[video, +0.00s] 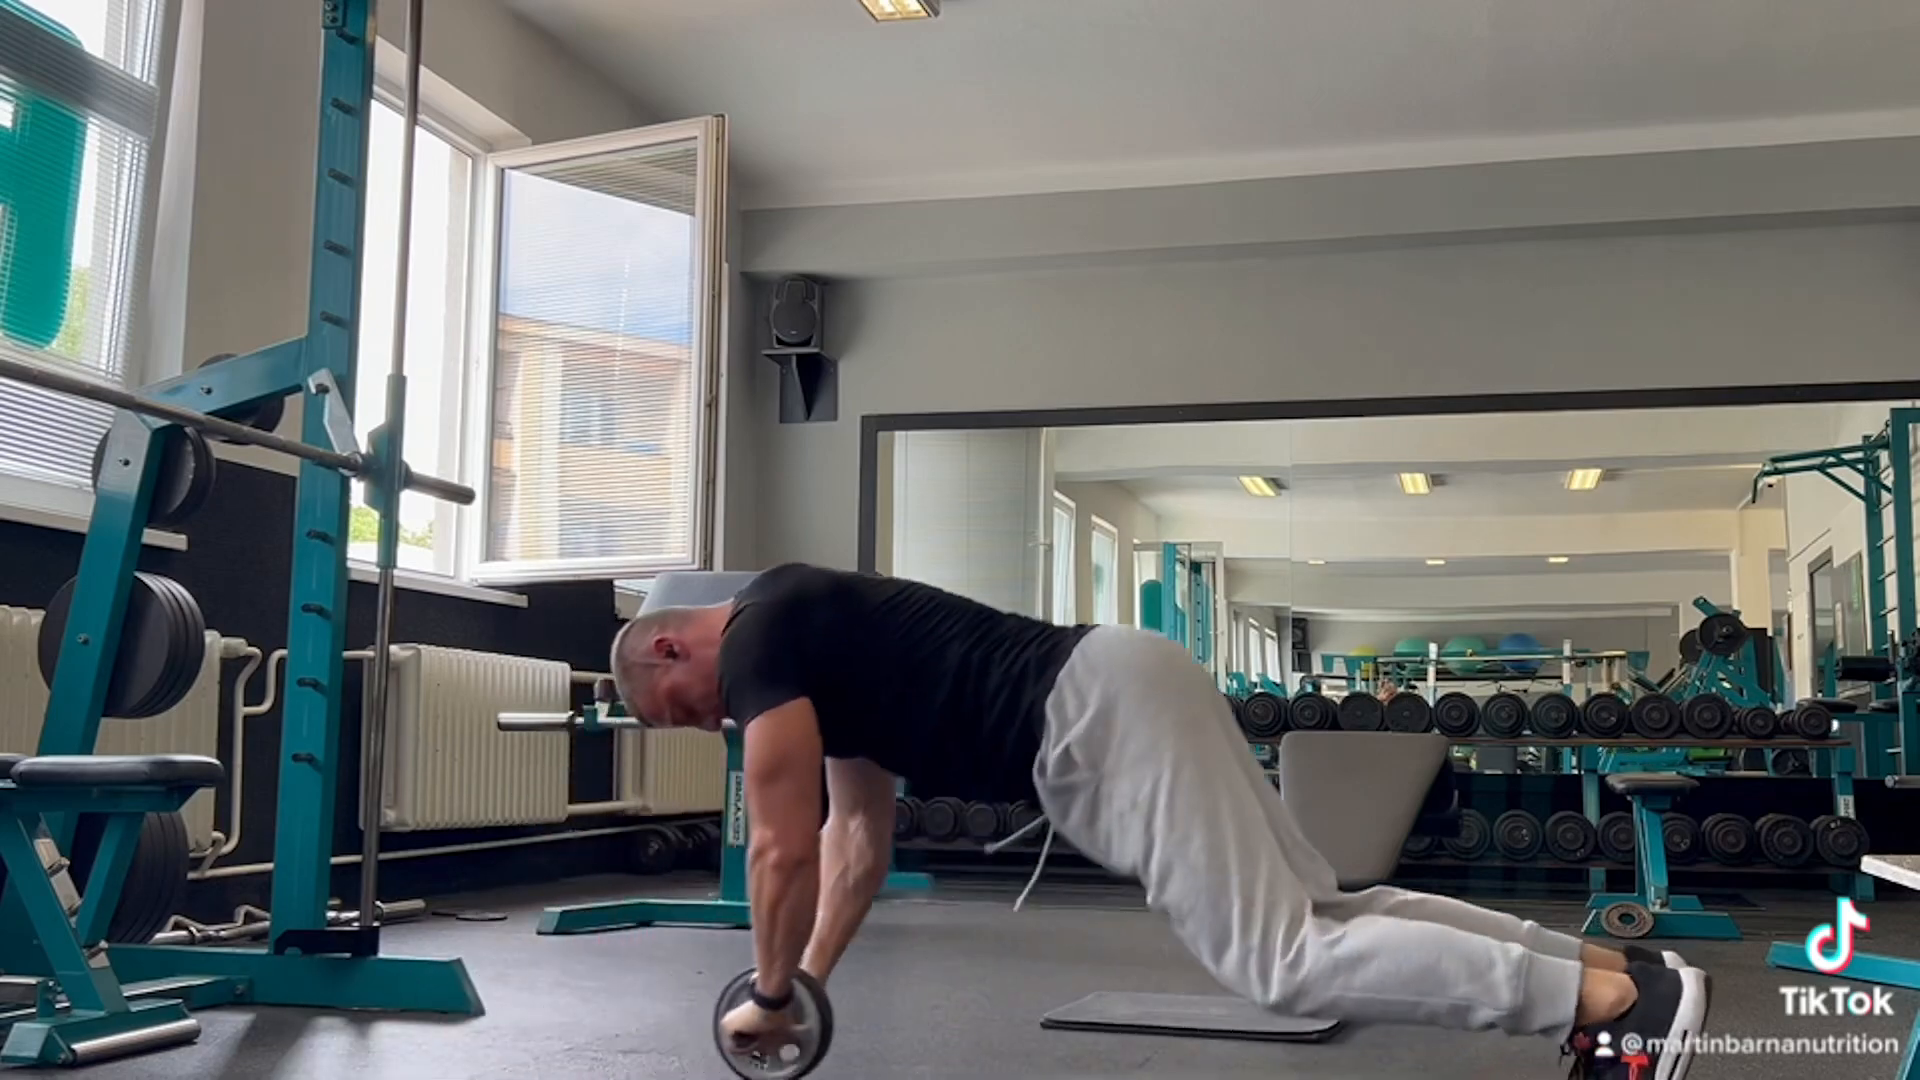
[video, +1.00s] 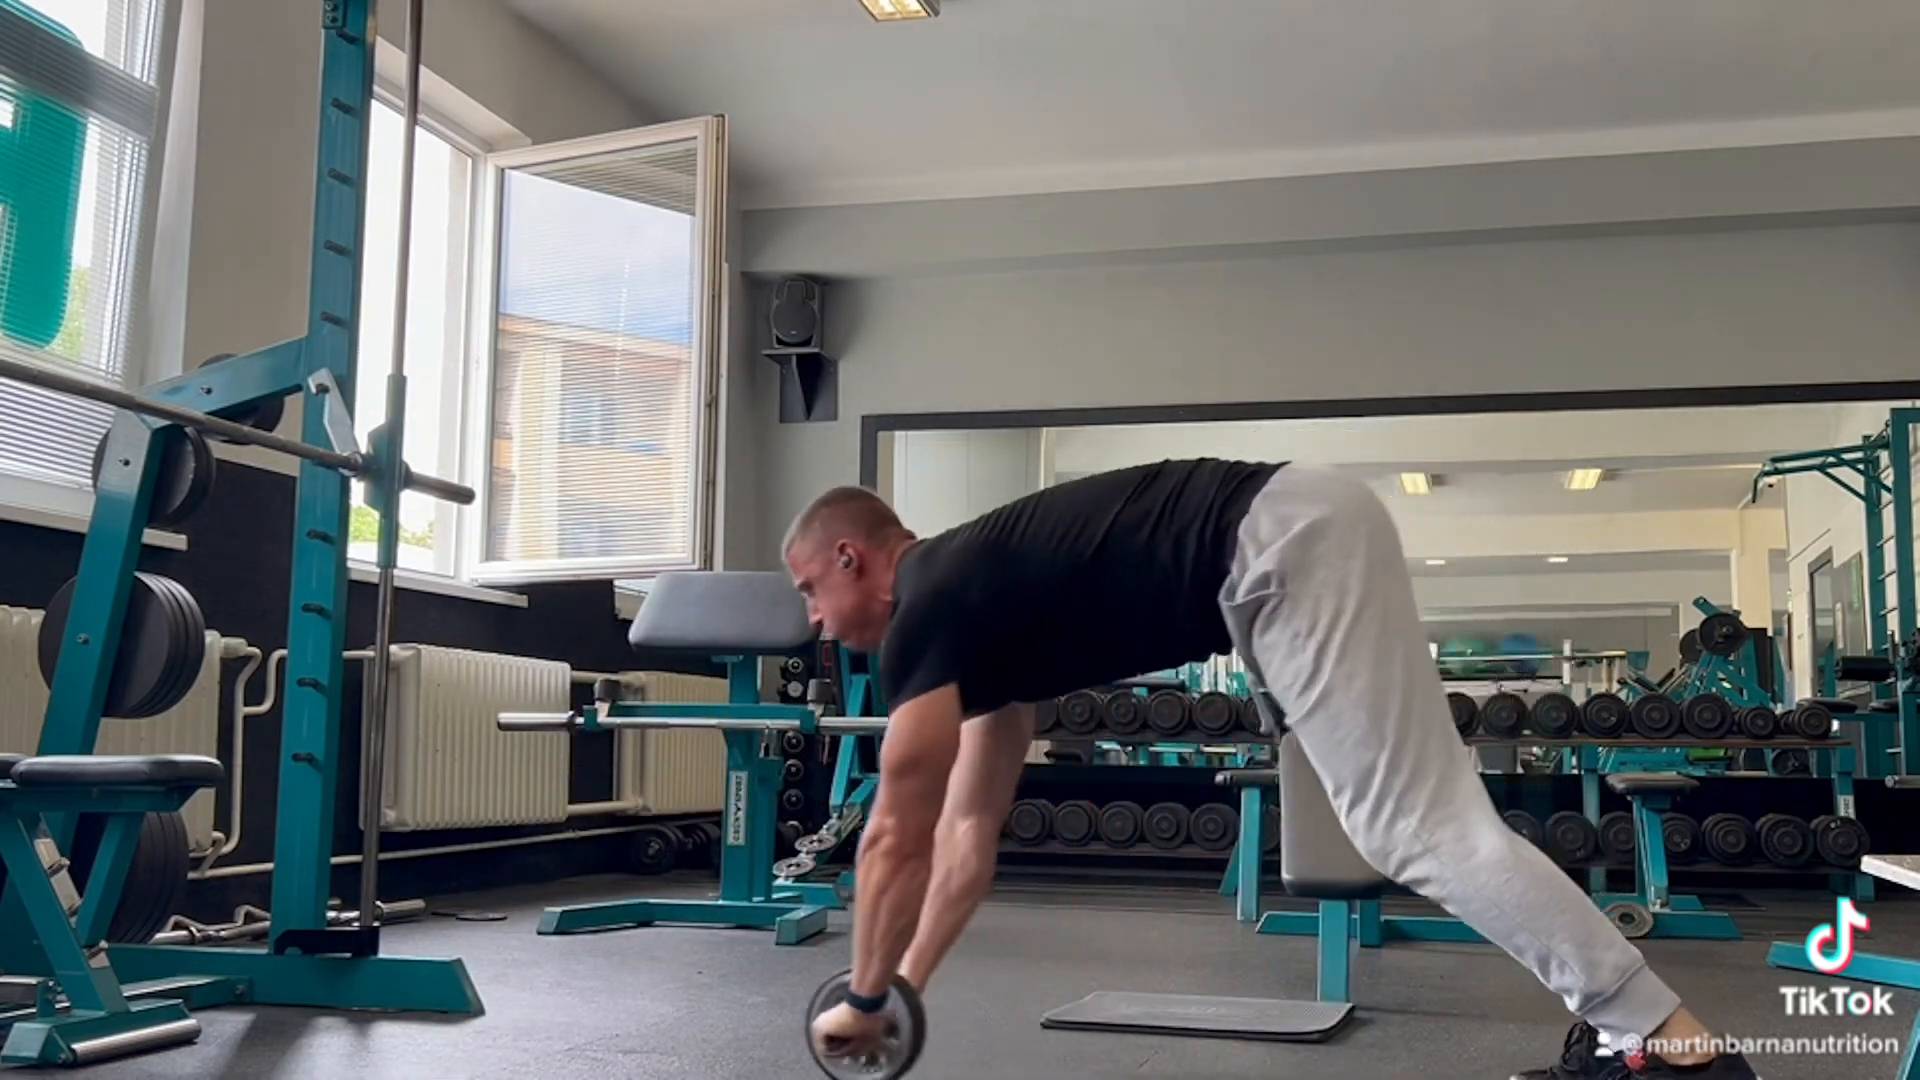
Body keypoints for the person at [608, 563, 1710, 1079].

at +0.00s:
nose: (672, 725)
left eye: (655, 704)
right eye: (660, 715)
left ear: (666, 648)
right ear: (690, 643)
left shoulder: (765, 630)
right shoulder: (823, 641)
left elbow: (786, 844)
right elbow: (852, 847)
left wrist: (772, 995)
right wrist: (799, 988)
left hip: (1104, 703)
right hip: (1120, 703)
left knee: (1284, 960)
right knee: (1310, 917)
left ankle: (1604, 994)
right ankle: (1598, 971)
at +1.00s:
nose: (815, 622)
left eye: (812, 593)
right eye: (807, 601)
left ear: (860, 554)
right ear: (885, 554)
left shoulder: (937, 597)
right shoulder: (993, 611)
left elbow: (900, 824)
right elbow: (970, 837)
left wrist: (865, 989)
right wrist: (896, 989)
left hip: (1289, 538)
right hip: (1305, 523)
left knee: (1419, 833)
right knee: (1427, 822)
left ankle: (1665, 1033)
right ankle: (1621, 1012)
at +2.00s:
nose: (455, 1012)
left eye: (453, 994)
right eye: (453, 1004)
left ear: (473, 955)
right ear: (500, 970)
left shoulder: (542, 938)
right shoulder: (606, 956)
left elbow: (348, 1044)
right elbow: (509, 1048)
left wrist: (277, 1011)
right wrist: (381, 1039)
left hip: (891, 998)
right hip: (912, 981)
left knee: (1177, 1046)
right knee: (1178, 1034)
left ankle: (1472, 990)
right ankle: (1460, 1007)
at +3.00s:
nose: (910, 774)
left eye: (884, 760)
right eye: (887, 771)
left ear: (889, 692)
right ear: (895, 684)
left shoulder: (981, 637)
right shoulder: (1020, 653)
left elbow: (1095, 837)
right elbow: (1138, 834)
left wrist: (1147, 999)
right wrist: (1166, 996)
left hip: (1285, 512)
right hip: (1296, 510)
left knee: (1364, 795)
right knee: (1367, 790)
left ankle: (1592, 1016)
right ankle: (1581, 997)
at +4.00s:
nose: (627, 661)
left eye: (620, 638)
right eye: (617, 644)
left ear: (656, 599)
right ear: (689, 585)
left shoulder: (729, 629)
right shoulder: (800, 631)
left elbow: (729, 844)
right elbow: (811, 842)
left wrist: (711, 992)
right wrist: (749, 980)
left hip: (1060, 651)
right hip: (1094, 632)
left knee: (1237, 906)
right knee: (1268, 873)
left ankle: (1543, 1004)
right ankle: (1552, 980)